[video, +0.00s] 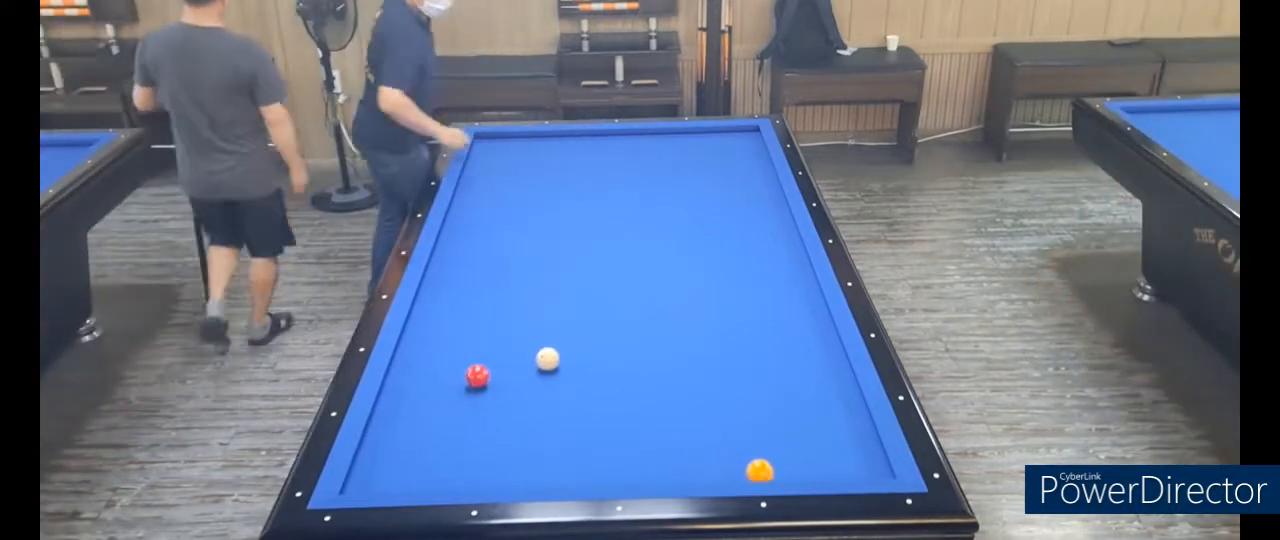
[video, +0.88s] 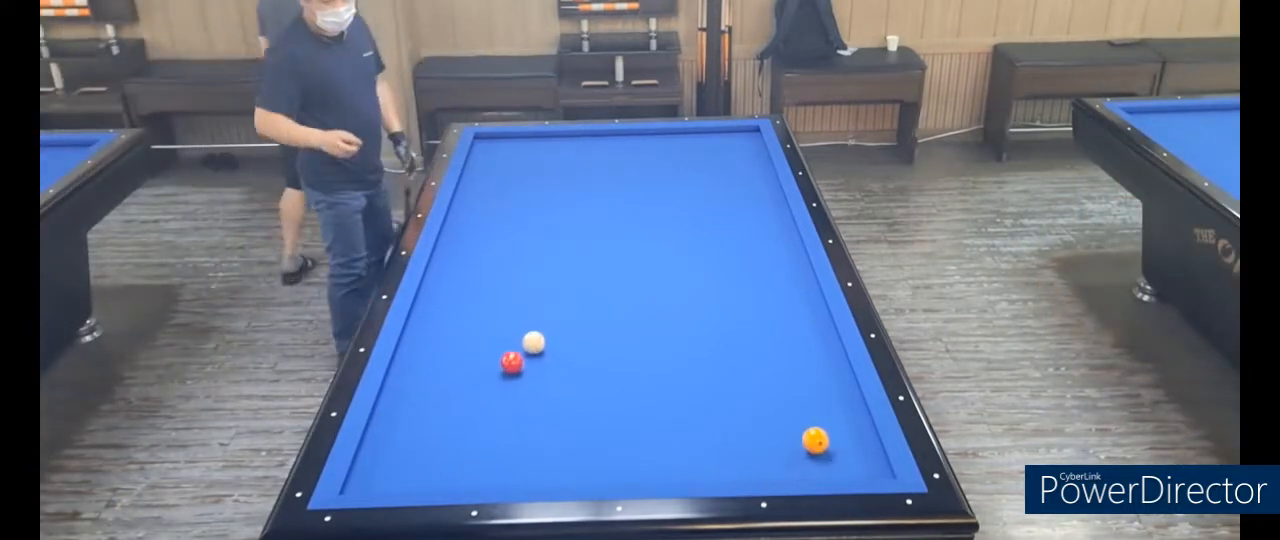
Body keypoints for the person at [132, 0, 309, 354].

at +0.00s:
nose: (226, 6)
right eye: (225, 3)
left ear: (185, 2)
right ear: (221, 2)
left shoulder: (154, 46)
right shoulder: (247, 53)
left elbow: (143, 102)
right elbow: (277, 119)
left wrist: (181, 94)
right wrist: (296, 166)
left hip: (200, 181)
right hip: (252, 179)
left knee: (222, 239)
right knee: (265, 250)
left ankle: (214, 309)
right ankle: (259, 325)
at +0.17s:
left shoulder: (176, 32)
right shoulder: (260, 37)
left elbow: (161, 96)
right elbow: (294, 103)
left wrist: (195, 86)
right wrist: (304, 135)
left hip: (217, 166)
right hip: (264, 166)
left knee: (251, 226)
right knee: (268, 244)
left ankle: (261, 292)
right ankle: (260, 323)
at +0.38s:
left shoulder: (197, 28)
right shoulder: (275, 29)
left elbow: (186, 89)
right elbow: (310, 85)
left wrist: (213, 68)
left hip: (238, 153)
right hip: (280, 154)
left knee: (268, 215)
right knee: (283, 231)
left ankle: (290, 264)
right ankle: (264, 313)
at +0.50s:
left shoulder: (211, 13)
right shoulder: (283, 16)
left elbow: (205, 73)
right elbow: (310, 71)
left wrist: (236, 64)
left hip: (248, 136)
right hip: (290, 136)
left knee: (271, 203)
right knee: (315, 202)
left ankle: (295, 264)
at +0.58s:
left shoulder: (224, 9)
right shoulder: (292, 9)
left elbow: (218, 62)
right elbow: (313, 58)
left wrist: (251, 55)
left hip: (260, 126)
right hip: (303, 123)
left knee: (275, 199)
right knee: (330, 187)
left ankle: (288, 266)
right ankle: (311, 249)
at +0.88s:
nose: (337, 21)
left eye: (342, 15)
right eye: (328, 17)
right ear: (310, 7)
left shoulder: (267, 5)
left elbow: (266, 50)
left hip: (286, 88)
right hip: (321, 87)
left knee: (294, 179)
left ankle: (290, 259)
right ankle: (289, 259)